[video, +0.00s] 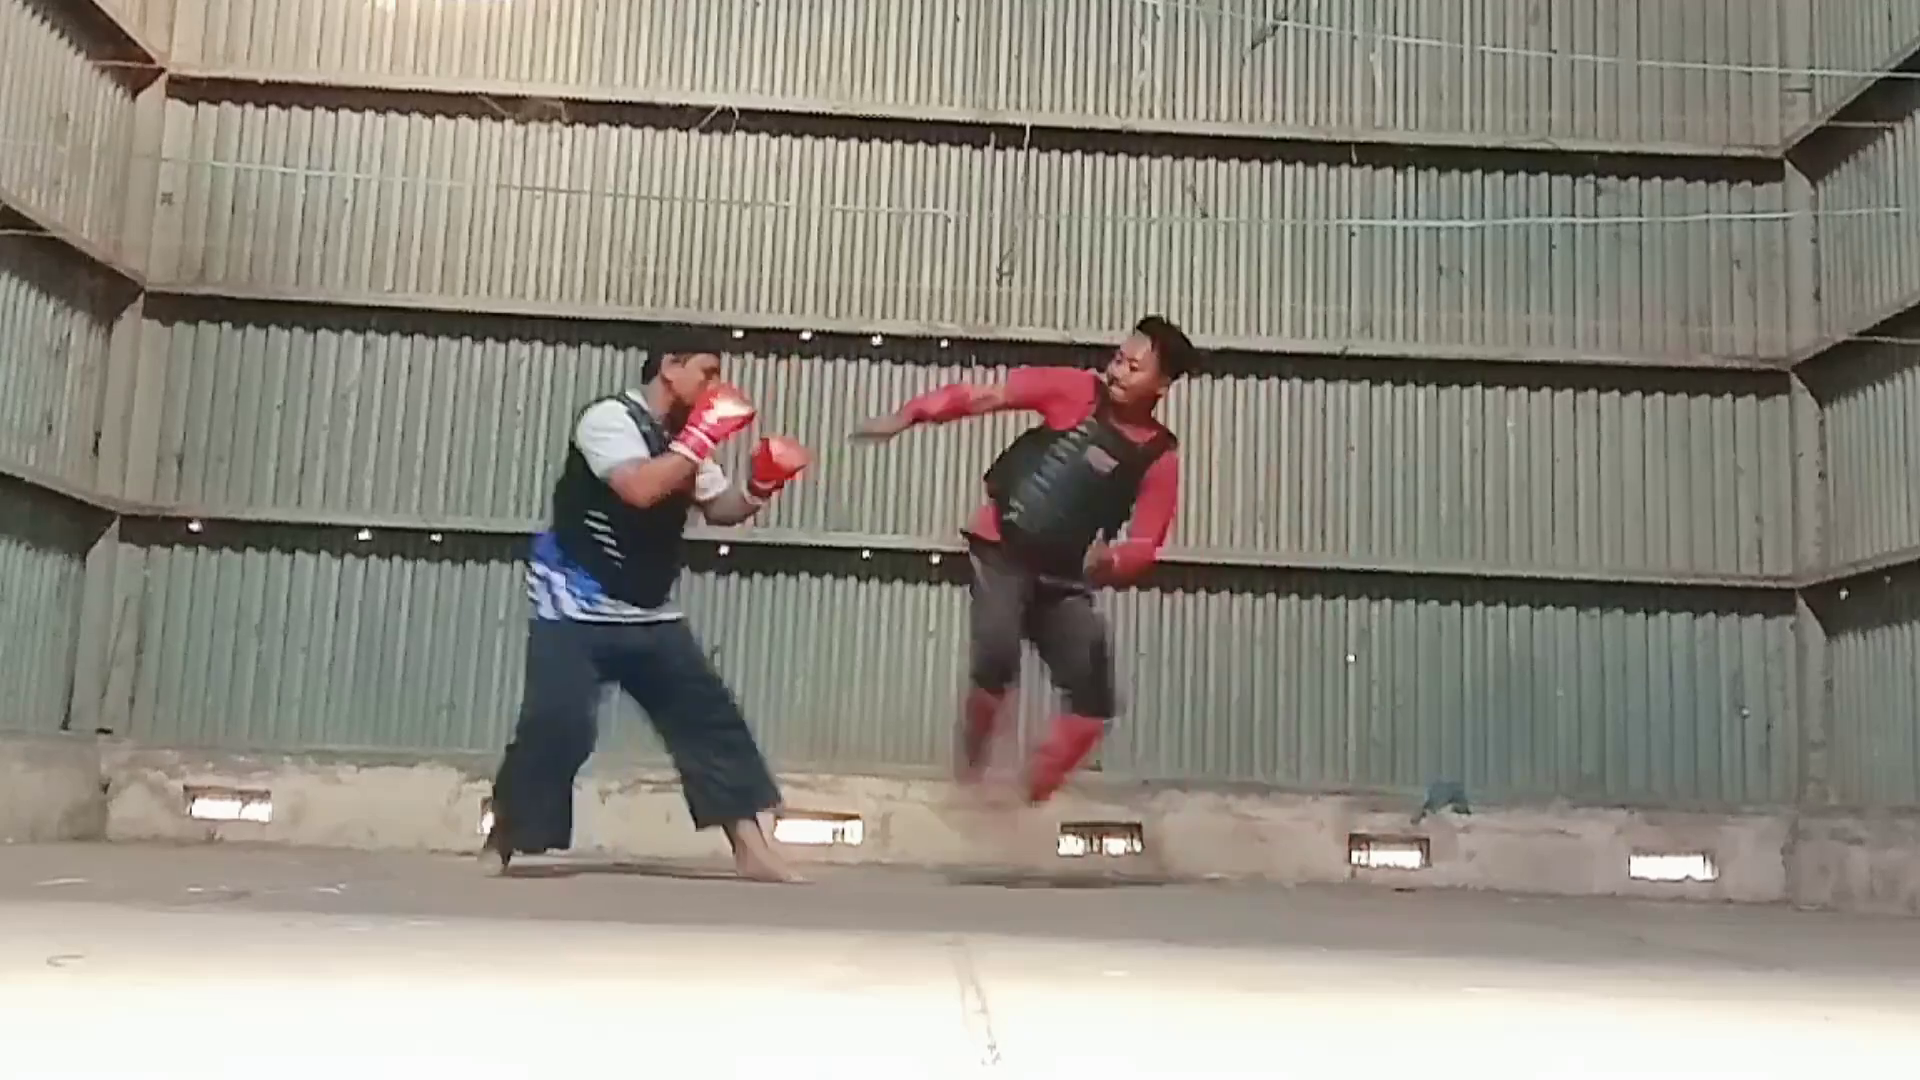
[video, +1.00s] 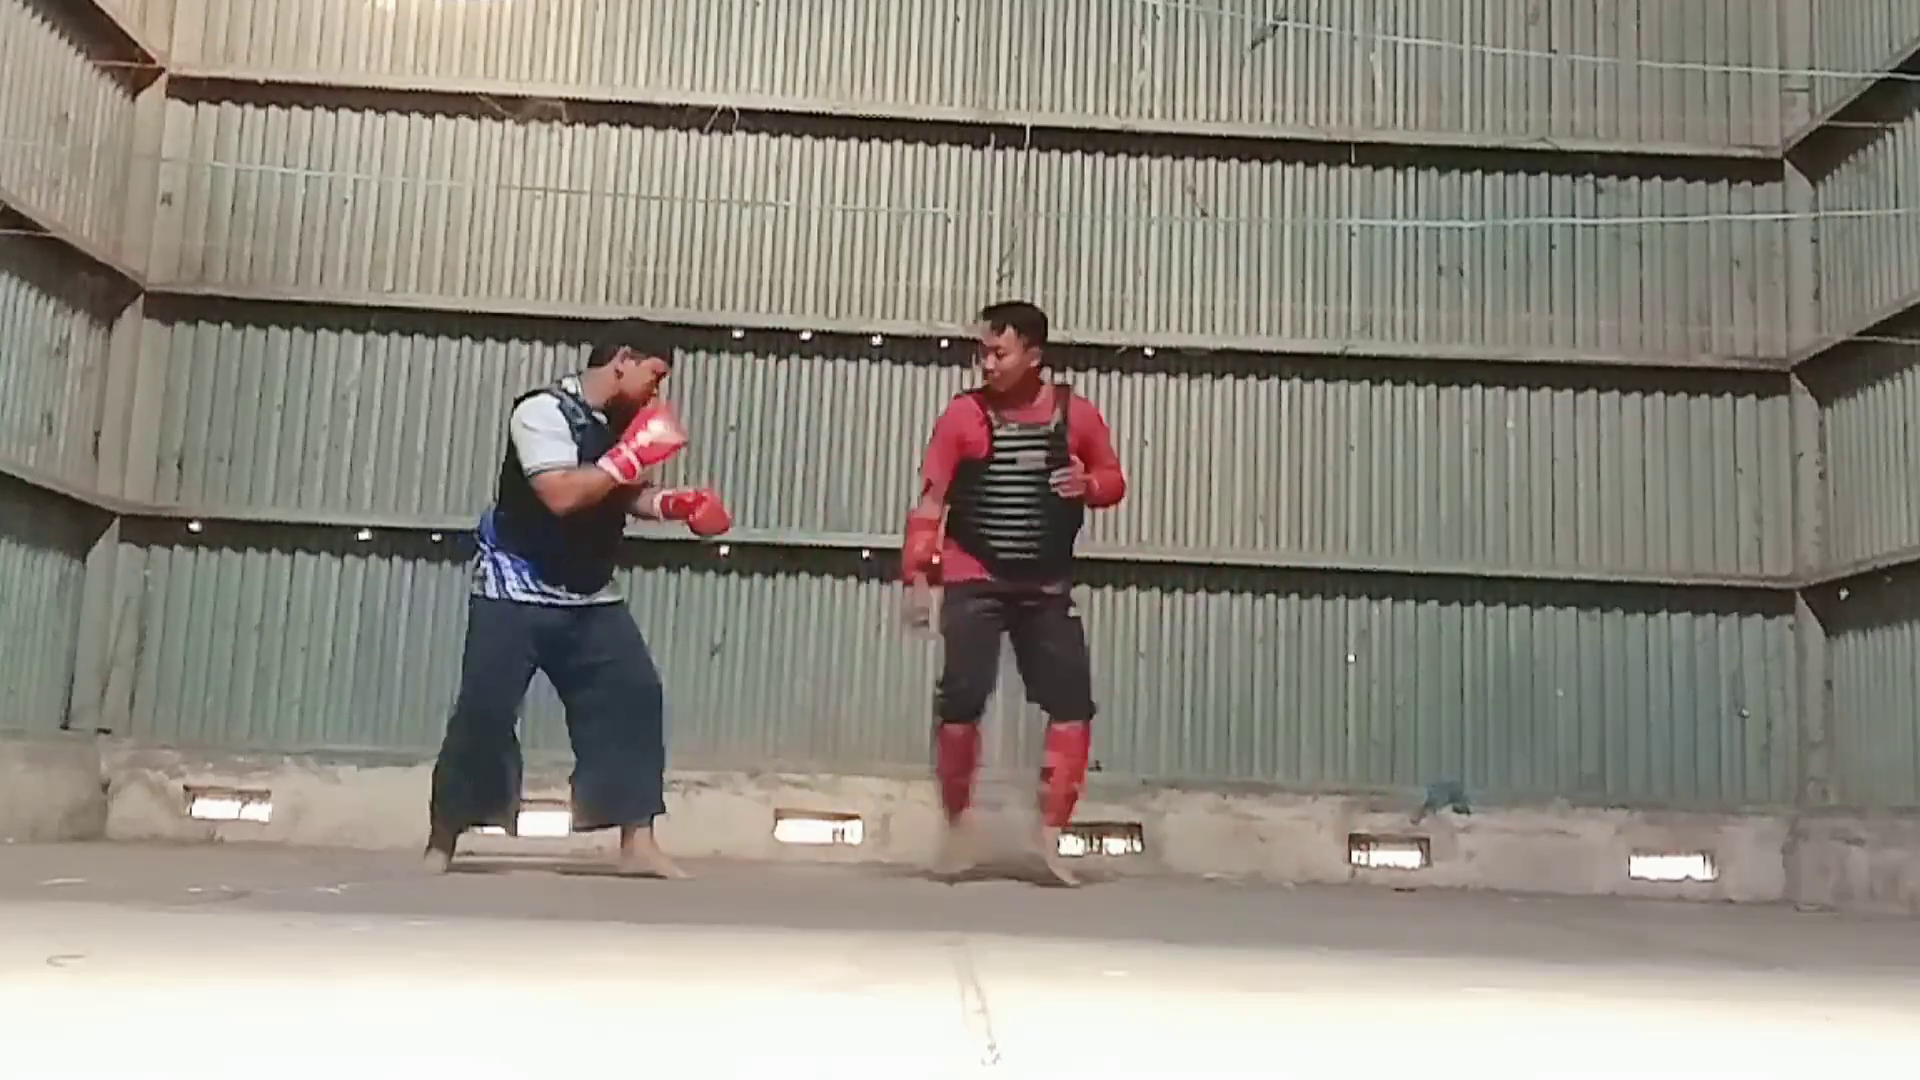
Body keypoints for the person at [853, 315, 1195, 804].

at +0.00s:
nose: (1118, 370)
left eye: (1135, 366)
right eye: (1120, 357)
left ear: (1164, 385)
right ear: (1115, 355)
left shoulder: (1157, 455)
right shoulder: (1074, 389)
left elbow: (1145, 546)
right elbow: (979, 396)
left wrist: (1111, 563)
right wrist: (903, 416)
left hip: (1060, 573)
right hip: (1000, 548)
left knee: (1093, 698)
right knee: (996, 661)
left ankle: (1029, 798)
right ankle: (972, 777)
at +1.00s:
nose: (987, 361)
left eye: (998, 352)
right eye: (985, 351)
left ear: (1033, 354)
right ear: (988, 352)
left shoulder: (1075, 415)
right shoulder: (965, 414)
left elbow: (1113, 483)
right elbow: (931, 497)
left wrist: (1086, 484)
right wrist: (917, 575)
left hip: (1044, 589)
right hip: (972, 583)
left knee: (1072, 704)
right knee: (962, 696)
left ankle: (1049, 839)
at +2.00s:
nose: (1114, 433)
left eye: (1118, 425)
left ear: (1122, 425)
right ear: (1165, 437)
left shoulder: (1087, 462)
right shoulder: (1165, 467)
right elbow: (1134, 492)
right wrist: (1109, 525)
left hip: (977, 554)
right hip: (1023, 591)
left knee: (905, 614)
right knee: (1014, 730)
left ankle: (824, 599)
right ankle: (976, 859)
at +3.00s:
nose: (1153, 442)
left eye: (1159, 430)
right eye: (1155, 430)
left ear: (1185, 431)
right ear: (1200, 435)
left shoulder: (1165, 489)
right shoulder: (1255, 488)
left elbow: (1143, 565)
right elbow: (1293, 576)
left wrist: (1132, 629)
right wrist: (1270, 635)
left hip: (1186, 653)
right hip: (1257, 653)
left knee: (1117, 737)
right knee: (1288, 756)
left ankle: (1106, 855)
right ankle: (1333, 868)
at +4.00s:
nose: (1300, 426)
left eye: (1299, 417)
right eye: (1302, 418)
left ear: (1253, 406)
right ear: (1298, 416)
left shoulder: (1208, 454)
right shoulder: (1287, 458)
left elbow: (1175, 537)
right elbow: (1276, 539)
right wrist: (1295, 622)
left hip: (1173, 610)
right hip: (1237, 619)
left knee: (1142, 727)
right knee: (1272, 732)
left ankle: (1079, 849)